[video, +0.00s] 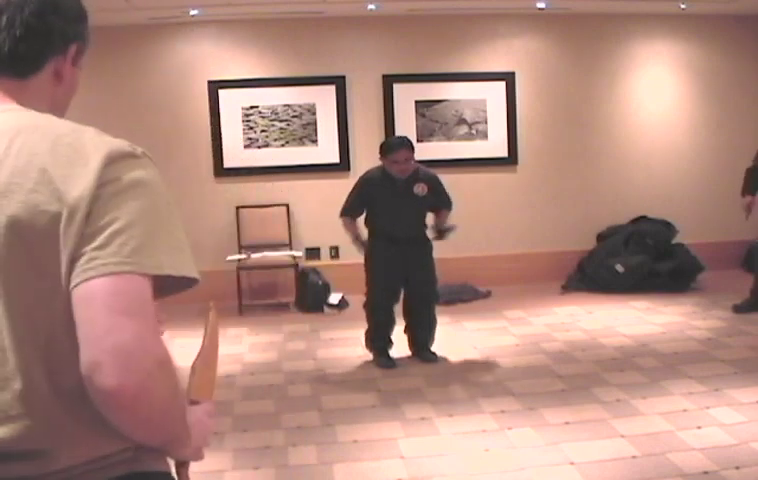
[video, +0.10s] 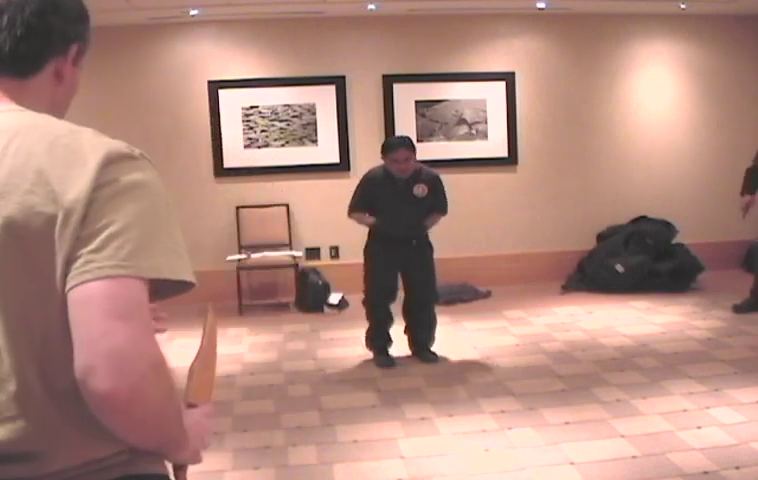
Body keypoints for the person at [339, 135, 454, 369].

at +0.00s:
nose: (403, 167)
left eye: (407, 161)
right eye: (396, 162)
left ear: (414, 157)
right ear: (384, 162)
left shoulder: (427, 179)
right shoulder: (371, 180)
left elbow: (443, 206)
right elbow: (347, 215)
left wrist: (439, 227)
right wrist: (358, 241)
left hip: (417, 248)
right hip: (381, 248)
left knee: (423, 297)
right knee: (380, 300)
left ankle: (421, 346)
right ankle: (379, 349)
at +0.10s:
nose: (403, 166)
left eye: (407, 160)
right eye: (396, 162)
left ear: (415, 157)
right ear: (385, 161)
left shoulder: (430, 179)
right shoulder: (373, 179)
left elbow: (439, 210)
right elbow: (354, 212)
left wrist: (418, 228)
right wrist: (379, 224)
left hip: (416, 244)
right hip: (381, 245)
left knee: (422, 296)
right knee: (378, 297)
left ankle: (421, 345)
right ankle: (379, 348)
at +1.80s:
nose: (415, 175)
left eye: (422, 169)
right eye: (410, 169)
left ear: (434, 167)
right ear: (402, 167)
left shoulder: (443, 191)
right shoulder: (388, 181)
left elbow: (442, 231)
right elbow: (367, 208)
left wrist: (423, 257)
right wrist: (375, 232)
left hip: (422, 252)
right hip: (386, 249)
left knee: (425, 306)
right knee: (371, 298)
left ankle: (423, 358)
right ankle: (366, 337)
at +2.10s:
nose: (406, 166)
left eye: (411, 161)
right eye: (399, 162)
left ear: (421, 162)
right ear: (390, 163)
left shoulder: (431, 186)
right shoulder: (377, 182)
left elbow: (447, 228)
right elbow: (354, 216)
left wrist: (455, 261)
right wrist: (349, 247)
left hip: (415, 251)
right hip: (379, 251)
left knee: (424, 304)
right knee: (371, 300)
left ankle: (423, 357)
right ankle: (374, 339)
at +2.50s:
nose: (377, 162)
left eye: (380, 156)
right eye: (370, 159)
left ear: (387, 154)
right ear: (359, 162)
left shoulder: (404, 179)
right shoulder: (348, 183)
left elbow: (426, 215)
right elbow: (331, 218)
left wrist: (441, 242)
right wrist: (332, 248)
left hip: (400, 245)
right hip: (364, 248)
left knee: (412, 296)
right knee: (369, 299)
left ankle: (421, 345)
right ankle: (378, 339)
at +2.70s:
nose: (374, 155)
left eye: (375, 149)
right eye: (366, 153)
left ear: (379, 148)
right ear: (354, 157)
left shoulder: (399, 173)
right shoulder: (345, 179)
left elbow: (412, 210)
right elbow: (328, 215)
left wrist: (413, 244)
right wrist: (330, 246)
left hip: (396, 237)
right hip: (364, 240)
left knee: (409, 283)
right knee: (370, 290)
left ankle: (402, 328)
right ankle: (377, 336)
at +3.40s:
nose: (378, 156)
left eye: (379, 152)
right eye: (372, 154)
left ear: (383, 150)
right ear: (358, 156)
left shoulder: (394, 173)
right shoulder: (345, 174)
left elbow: (408, 205)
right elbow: (327, 206)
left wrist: (416, 231)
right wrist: (323, 236)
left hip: (385, 230)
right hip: (355, 231)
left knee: (390, 273)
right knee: (352, 275)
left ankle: (378, 322)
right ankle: (351, 327)